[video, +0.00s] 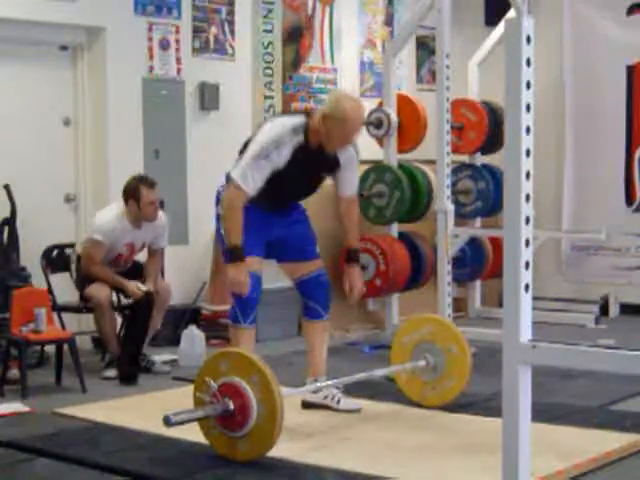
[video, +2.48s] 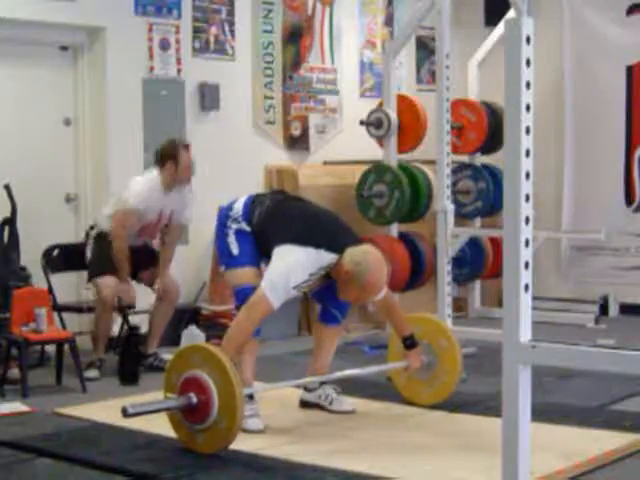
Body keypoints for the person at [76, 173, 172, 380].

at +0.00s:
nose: (156, 209)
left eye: (157, 203)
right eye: (151, 204)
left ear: (157, 201)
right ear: (132, 205)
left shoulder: (159, 221)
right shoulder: (106, 223)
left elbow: (155, 254)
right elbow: (90, 265)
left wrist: (151, 282)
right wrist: (125, 285)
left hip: (128, 266)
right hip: (99, 268)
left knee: (162, 291)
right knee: (101, 296)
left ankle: (139, 350)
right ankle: (115, 356)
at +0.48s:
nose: (115, 189)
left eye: (115, 184)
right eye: (109, 184)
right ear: (91, 189)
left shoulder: (116, 215)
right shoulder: (73, 216)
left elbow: (133, 252)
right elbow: (70, 263)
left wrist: (135, 270)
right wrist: (109, 274)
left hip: (113, 274)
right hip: (80, 277)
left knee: (154, 286)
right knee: (95, 289)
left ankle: (142, 350)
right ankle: (110, 357)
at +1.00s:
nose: (127, 191)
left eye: (126, 186)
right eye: (121, 186)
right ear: (104, 191)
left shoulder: (126, 215)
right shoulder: (83, 214)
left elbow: (140, 252)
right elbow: (78, 261)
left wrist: (143, 277)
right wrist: (114, 286)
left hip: (118, 275)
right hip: (85, 277)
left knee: (161, 288)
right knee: (96, 293)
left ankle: (152, 352)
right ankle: (98, 359)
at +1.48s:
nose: (138, 195)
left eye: (137, 189)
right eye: (132, 191)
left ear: (118, 195)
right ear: (114, 195)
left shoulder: (139, 216)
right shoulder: (91, 216)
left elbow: (147, 256)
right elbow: (86, 264)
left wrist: (140, 283)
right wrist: (120, 291)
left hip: (122, 277)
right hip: (89, 278)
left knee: (162, 289)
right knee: (99, 294)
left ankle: (151, 352)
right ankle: (98, 359)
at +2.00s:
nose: (160, 230)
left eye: (160, 225)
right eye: (156, 226)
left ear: (142, 227)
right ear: (140, 227)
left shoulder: (154, 239)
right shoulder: (106, 235)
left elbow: (152, 263)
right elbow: (76, 267)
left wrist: (146, 275)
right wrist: (114, 284)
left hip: (124, 280)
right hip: (91, 280)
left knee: (166, 289)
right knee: (94, 295)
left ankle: (150, 352)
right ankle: (96, 358)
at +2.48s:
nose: (191, 169)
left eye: (191, 163)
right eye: (187, 164)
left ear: (175, 166)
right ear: (170, 167)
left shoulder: (183, 192)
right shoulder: (142, 188)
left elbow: (171, 239)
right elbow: (118, 232)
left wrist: (161, 275)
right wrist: (125, 279)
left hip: (142, 245)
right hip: (109, 241)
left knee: (170, 289)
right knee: (108, 294)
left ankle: (151, 352)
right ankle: (98, 357)